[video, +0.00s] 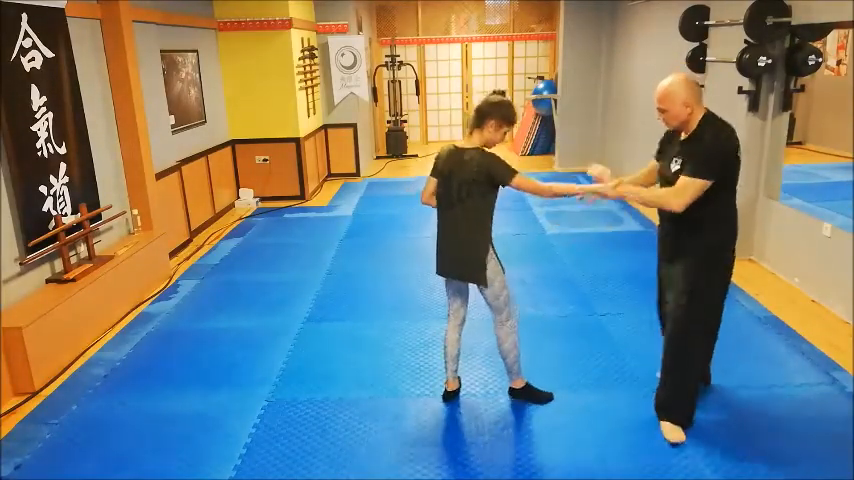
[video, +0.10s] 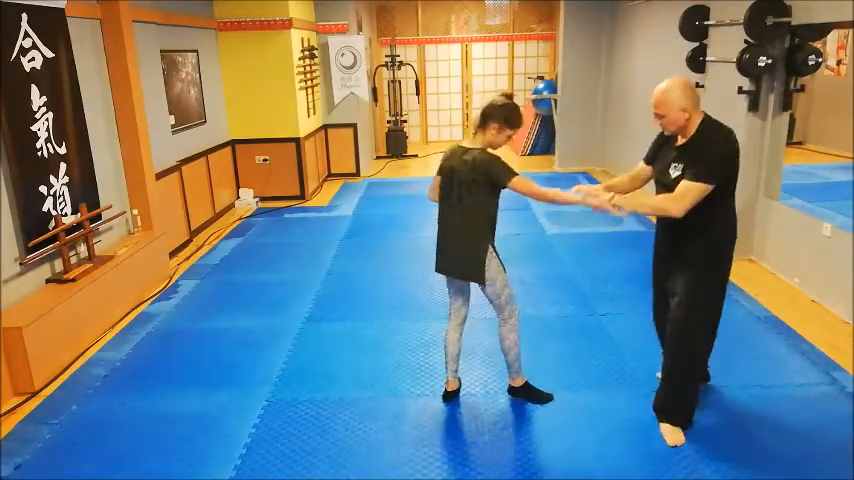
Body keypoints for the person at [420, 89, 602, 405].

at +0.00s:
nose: (504, 137)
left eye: (506, 131)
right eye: (503, 130)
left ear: (479, 124)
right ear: (488, 124)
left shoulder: (446, 156)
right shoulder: (490, 163)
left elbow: (427, 197)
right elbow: (541, 189)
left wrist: (458, 202)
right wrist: (579, 189)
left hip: (448, 250)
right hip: (478, 251)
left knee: (455, 315)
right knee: (504, 315)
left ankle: (450, 384)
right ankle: (517, 383)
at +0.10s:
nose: (509, 139)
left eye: (511, 134)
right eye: (508, 133)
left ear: (487, 126)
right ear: (492, 127)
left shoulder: (452, 154)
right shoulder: (490, 163)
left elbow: (434, 193)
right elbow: (541, 194)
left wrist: (466, 200)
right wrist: (587, 199)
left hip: (448, 248)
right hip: (479, 250)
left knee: (456, 312)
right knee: (507, 312)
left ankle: (451, 383)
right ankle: (517, 382)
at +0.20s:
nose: (516, 143)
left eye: (519, 138)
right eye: (516, 136)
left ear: (491, 128)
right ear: (499, 130)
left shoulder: (461, 155)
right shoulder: (492, 165)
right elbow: (535, 201)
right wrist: (580, 212)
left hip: (453, 247)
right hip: (481, 249)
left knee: (457, 314)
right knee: (510, 311)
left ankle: (451, 383)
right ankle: (517, 381)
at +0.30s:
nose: (526, 147)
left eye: (529, 142)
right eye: (525, 141)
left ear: (503, 134)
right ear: (506, 134)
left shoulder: (475, 155)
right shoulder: (496, 167)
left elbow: (475, 194)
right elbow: (537, 209)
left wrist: (501, 210)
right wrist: (577, 222)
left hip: (463, 244)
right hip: (484, 247)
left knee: (462, 313)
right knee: (519, 308)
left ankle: (451, 382)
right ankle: (519, 378)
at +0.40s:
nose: (531, 155)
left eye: (535, 151)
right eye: (529, 150)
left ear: (513, 137)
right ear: (513, 140)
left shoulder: (492, 154)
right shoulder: (504, 168)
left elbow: (503, 189)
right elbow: (528, 213)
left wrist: (521, 212)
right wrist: (566, 228)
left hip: (477, 243)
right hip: (490, 247)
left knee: (481, 306)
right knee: (523, 308)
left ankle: (454, 374)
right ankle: (520, 378)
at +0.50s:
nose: (531, 163)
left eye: (537, 158)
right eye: (527, 156)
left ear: (543, 153)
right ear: (514, 148)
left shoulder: (524, 170)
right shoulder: (504, 175)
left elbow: (528, 202)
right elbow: (522, 221)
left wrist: (534, 219)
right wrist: (556, 243)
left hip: (508, 239)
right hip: (490, 240)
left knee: (509, 306)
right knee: (523, 310)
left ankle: (465, 352)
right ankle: (522, 376)